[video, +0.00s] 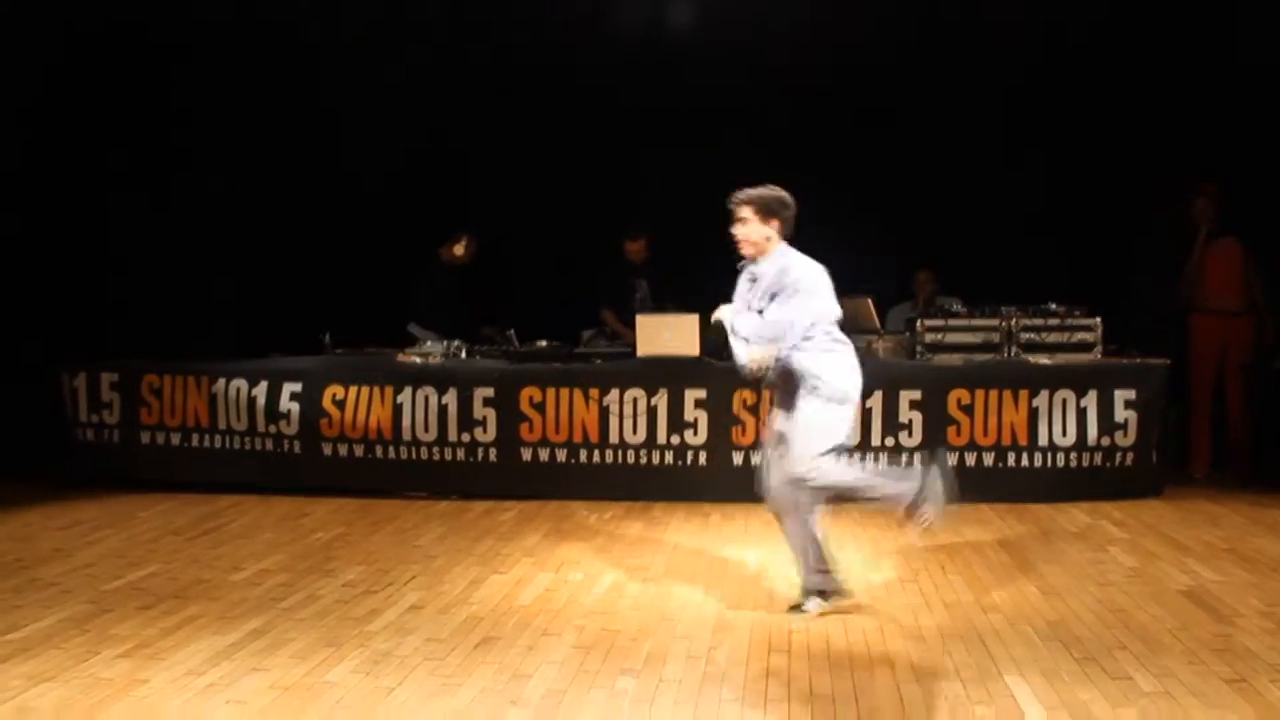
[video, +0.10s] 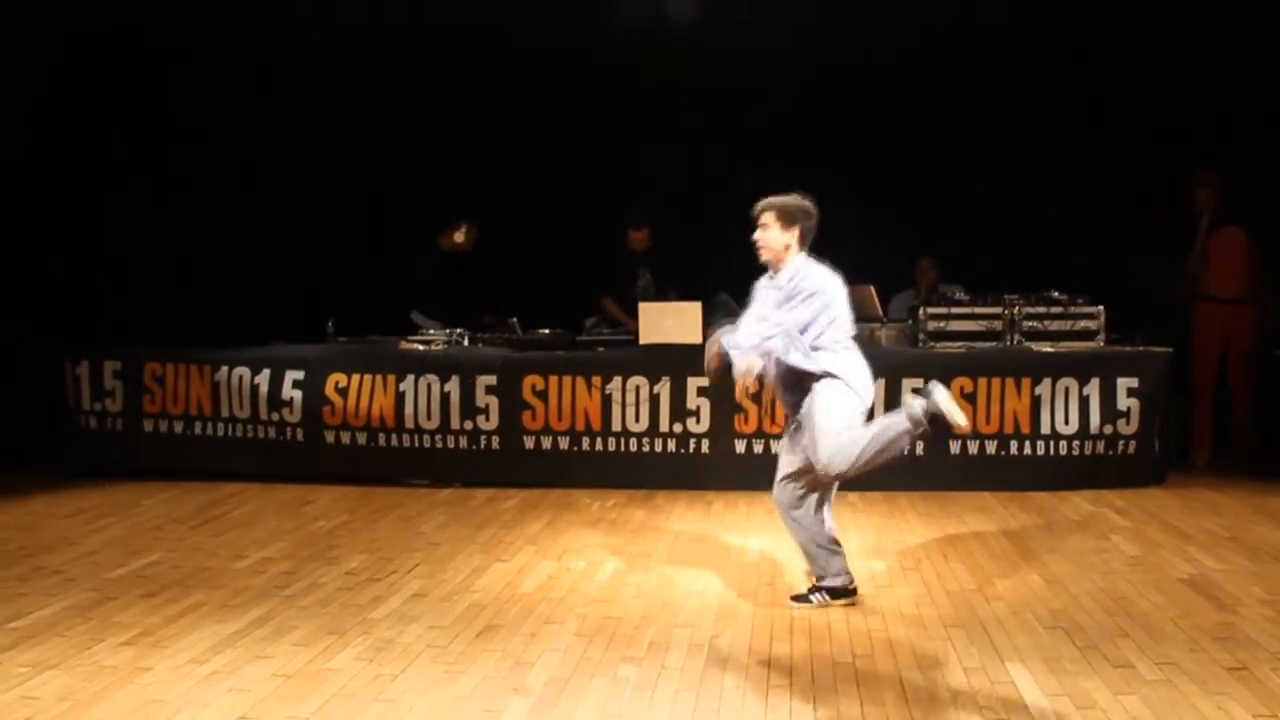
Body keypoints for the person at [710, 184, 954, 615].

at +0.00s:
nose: (735, 232)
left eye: (744, 223)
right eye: (734, 223)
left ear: (773, 225)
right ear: (757, 227)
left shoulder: (804, 273)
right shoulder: (750, 278)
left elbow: (773, 333)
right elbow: (738, 335)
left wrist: (730, 316)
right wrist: (751, 355)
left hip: (829, 383)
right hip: (792, 388)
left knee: (804, 466)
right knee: (779, 484)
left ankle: (917, 484)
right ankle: (820, 583)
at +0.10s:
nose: (756, 237)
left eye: (765, 229)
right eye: (757, 229)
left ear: (794, 233)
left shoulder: (820, 281)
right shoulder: (766, 287)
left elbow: (785, 328)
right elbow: (749, 331)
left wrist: (731, 341)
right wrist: (747, 357)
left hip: (837, 383)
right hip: (805, 399)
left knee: (836, 459)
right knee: (791, 492)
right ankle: (835, 581)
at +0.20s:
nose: (765, 205)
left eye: (773, 196)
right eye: (767, 196)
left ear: (800, 201)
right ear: (794, 201)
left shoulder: (812, 248)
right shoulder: (803, 248)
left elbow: (793, 324)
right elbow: (794, 328)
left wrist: (769, 391)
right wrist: (772, 391)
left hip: (844, 364)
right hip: (837, 365)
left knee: (805, 448)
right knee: (829, 469)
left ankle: (906, 446)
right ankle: (834, 574)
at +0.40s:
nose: (816, 215)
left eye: (822, 205)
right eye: (816, 205)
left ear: (839, 208)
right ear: (855, 211)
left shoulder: (845, 244)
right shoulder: (871, 254)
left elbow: (823, 219)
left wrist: (811, 188)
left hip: (833, 379)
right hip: (874, 378)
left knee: (798, 468)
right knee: (885, 466)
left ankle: (786, 558)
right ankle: (948, 533)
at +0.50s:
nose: (837, 243)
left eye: (843, 234)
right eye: (838, 234)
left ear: (863, 236)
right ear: (878, 239)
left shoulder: (850, 266)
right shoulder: (897, 275)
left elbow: (821, 224)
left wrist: (794, 184)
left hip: (842, 406)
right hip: (885, 409)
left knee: (795, 476)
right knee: (901, 493)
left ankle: (792, 561)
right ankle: (966, 551)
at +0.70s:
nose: (852, 213)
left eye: (858, 204)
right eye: (853, 204)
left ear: (883, 207)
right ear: (895, 209)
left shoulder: (864, 258)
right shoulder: (929, 255)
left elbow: (860, 328)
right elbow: (968, 308)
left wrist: (857, 376)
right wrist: (981, 365)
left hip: (912, 384)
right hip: (959, 380)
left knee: (894, 464)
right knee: (943, 468)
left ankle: (968, 510)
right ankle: (966, 561)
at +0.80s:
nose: (866, 217)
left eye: (872, 208)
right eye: (868, 208)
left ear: (898, 211)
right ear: (906, 212)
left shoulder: (878, 262)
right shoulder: (953, 255)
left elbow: (877, 333)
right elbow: (1000, 275)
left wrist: (909, 348)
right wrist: (1014, 330)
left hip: (929, 379)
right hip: (967, 375)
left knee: (953, 489)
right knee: (951, 482)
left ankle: (1056, 454)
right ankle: (971, 567)